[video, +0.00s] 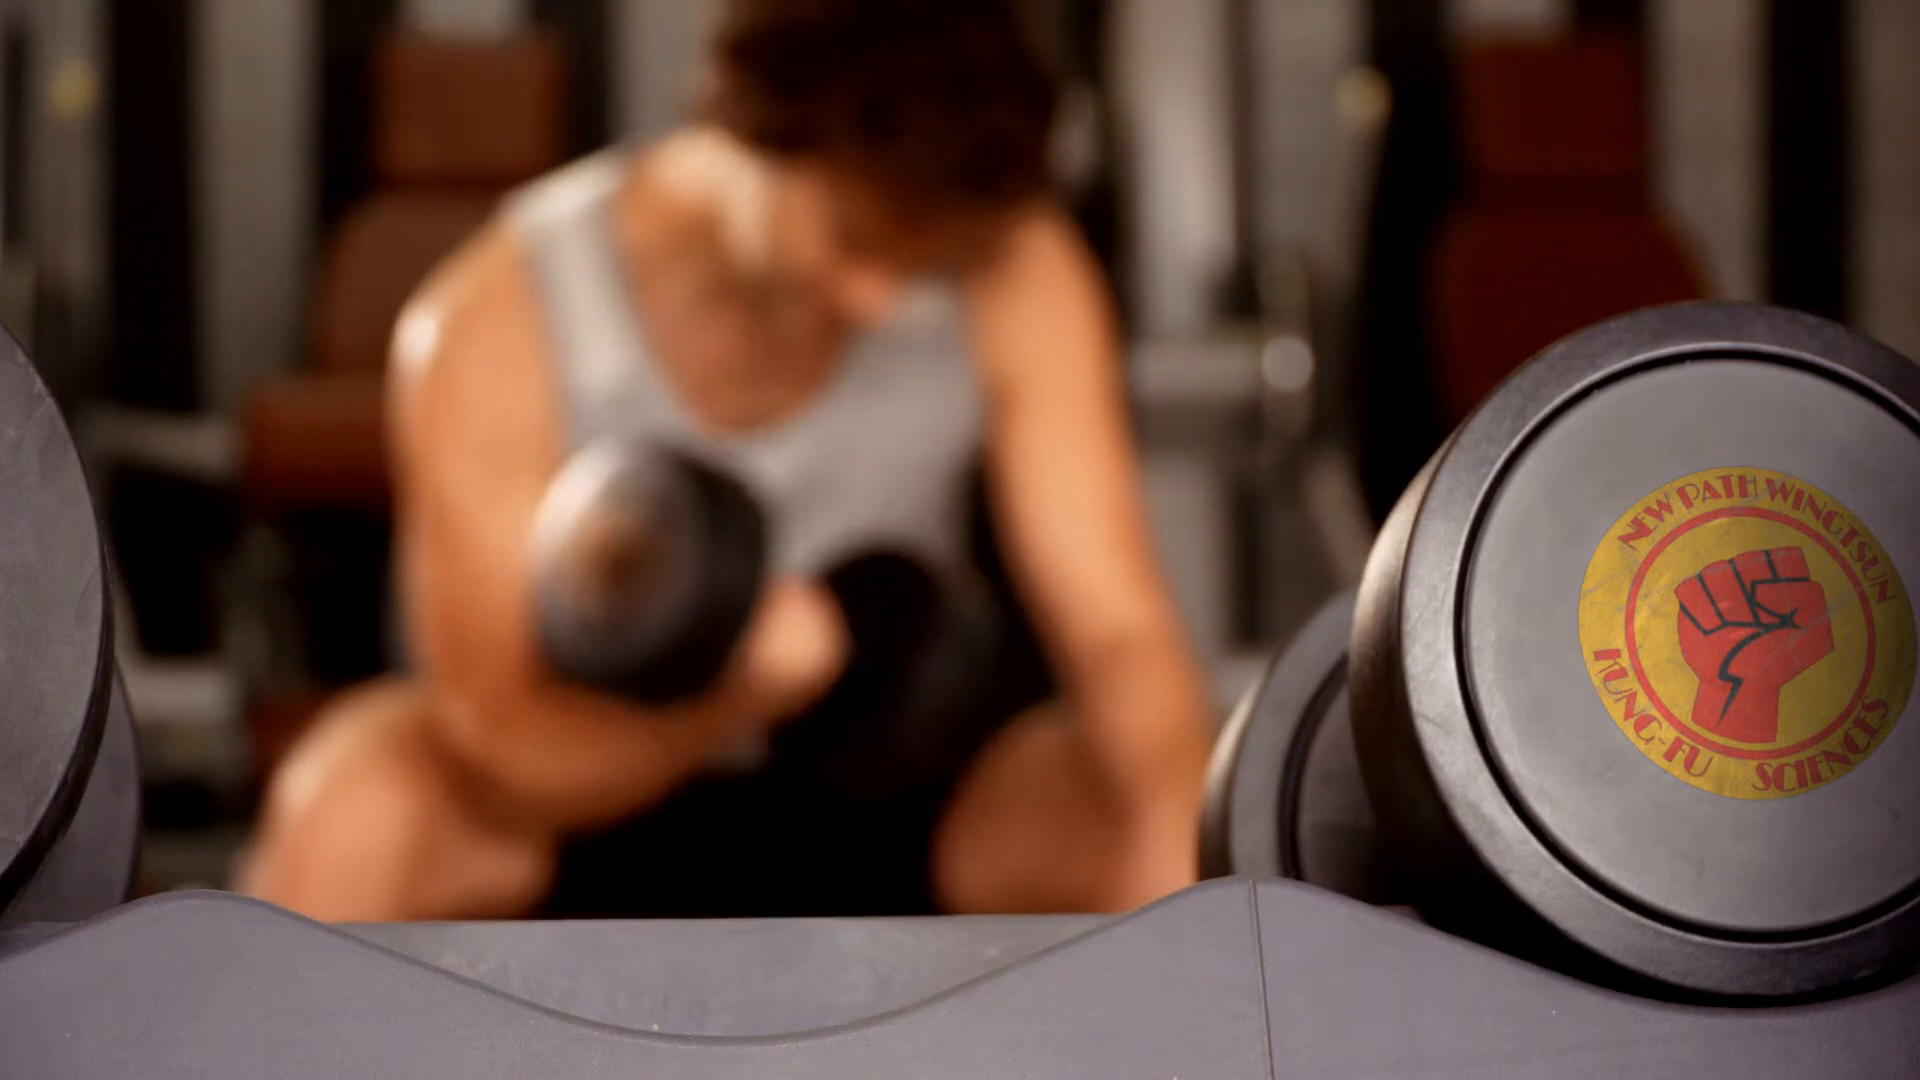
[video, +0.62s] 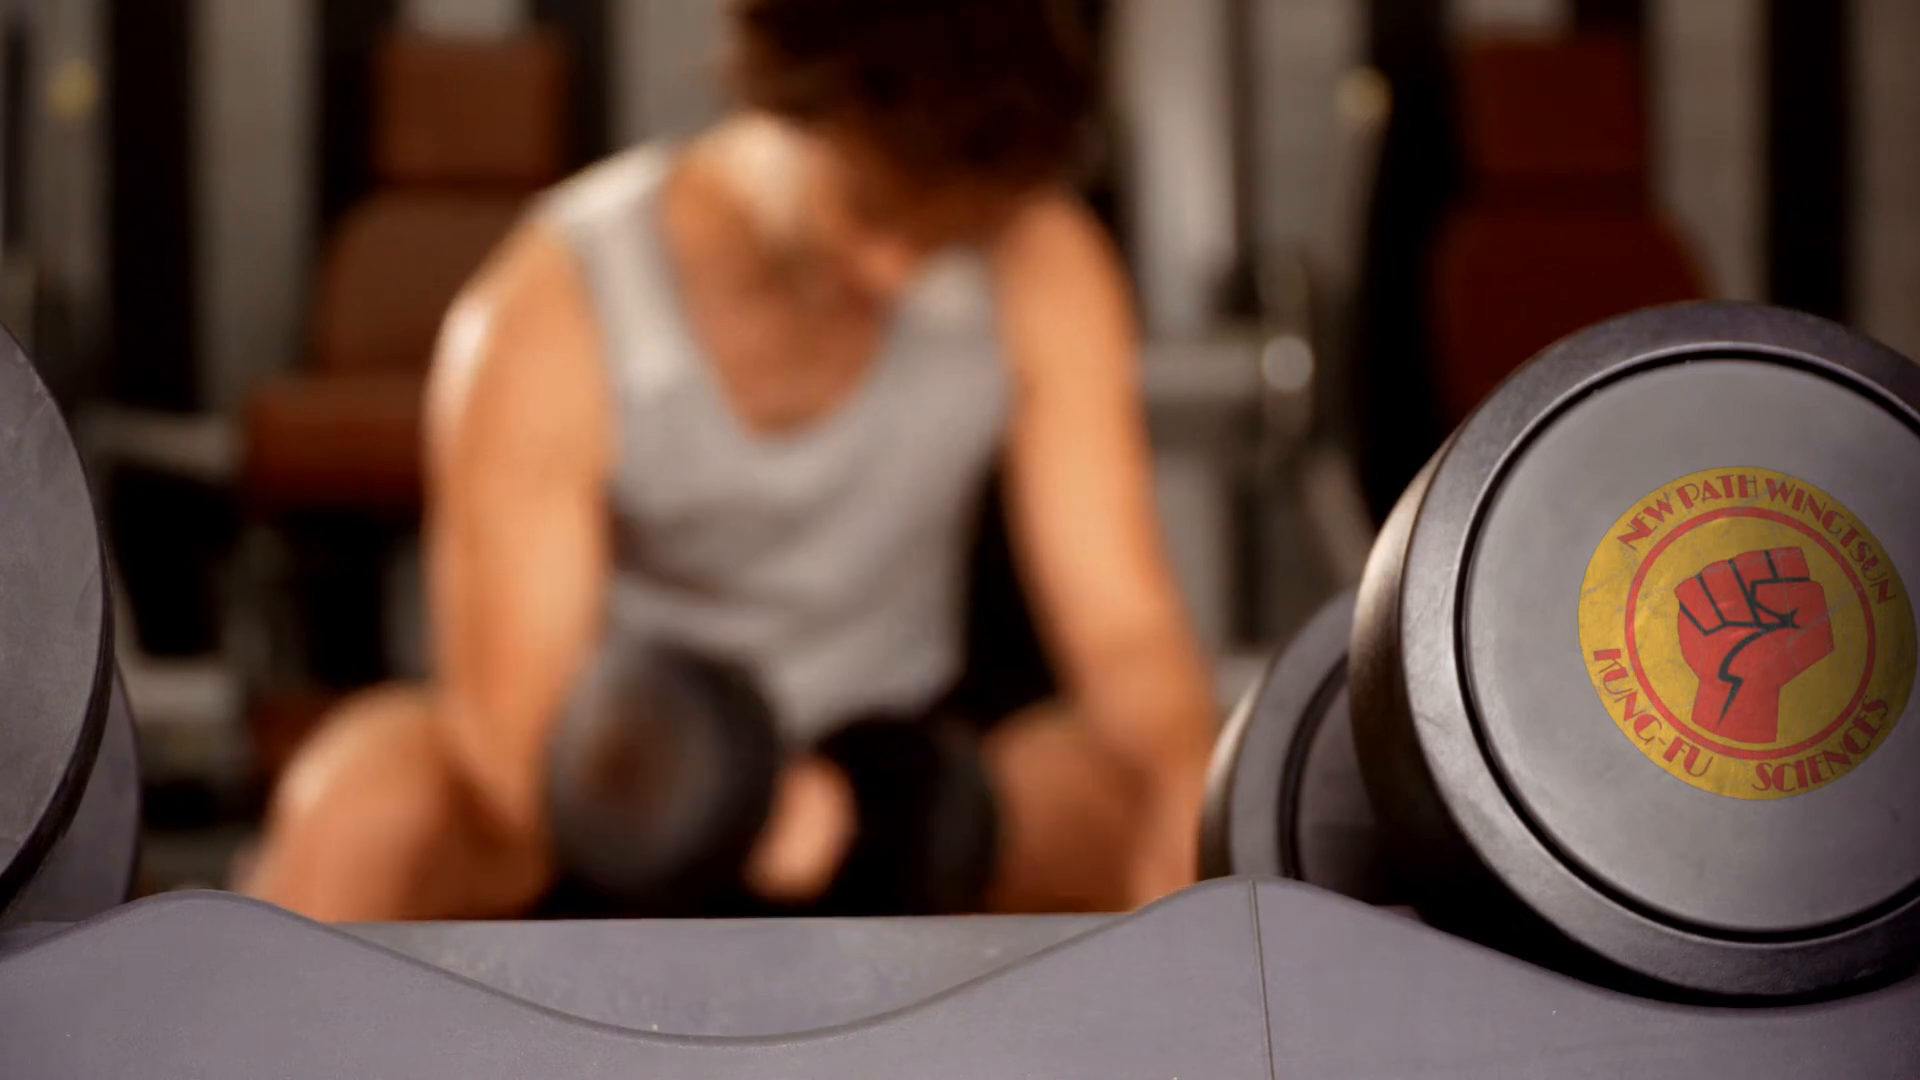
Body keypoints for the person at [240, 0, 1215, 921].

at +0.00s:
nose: (880, 303)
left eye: (922, 264)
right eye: (856, 247)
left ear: (978, 210)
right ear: (764, 147)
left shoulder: (1009, 260)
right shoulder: (492, 318)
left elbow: (1119, 634)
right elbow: (510, 748)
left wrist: (1182, 873)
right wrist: (733, 696)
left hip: (898, 782)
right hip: (599, 790)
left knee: (1170, 810)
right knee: (351, 800)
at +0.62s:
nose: (893, 270)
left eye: (942, 233)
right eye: (869, 214)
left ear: (1001, 179)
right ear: (782, 116)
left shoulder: (1033, 256)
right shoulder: (544, 314)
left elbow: (1127, 642)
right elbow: (515, 750)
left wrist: (1187, 818)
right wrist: (842, 821)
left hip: (898, 794)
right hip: (607, 797)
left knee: (1190, 793)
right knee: (361, 786)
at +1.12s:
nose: (926, 307)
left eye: (979, 261)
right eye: (900, 242)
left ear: (1033, 217)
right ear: (801, 140)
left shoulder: (1053, 270)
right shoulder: (595, 350)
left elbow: (1139, 650)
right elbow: (524, 823)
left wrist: (1205, 855)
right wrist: (578, 1071)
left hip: (903, 783)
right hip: (626, 799)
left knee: (1197, 814)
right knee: (363, 799)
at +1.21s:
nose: (922, 310)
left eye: (974, 265)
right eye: (894, 246)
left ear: (1029, 221)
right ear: (797, 146)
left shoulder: (1050, 269)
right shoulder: (592, 353)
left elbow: (1137, 647)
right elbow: (523, 823)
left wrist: (1201, 852)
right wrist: (557, 1073)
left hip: (902, 784)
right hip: (625, 801)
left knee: (1199, 812)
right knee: (360, 796)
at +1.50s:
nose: (918, 311)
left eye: (967, 265)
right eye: (888, 248)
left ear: (1021, 221)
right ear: (793, 153)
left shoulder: (1044, 267)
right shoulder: (590, 366)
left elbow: (1135, 647)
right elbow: (521, 832)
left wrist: (1202, 857)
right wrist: (532, 1078)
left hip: (902, 785)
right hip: (623, 801)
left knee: (1194, 811)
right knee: (356, 797)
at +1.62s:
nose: (922, 308)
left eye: (972, 262)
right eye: (892, 244)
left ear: (1025, 218)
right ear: (800, 153)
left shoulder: (1044, 264)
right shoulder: (597, 365)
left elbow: (1133, 645)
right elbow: (514, 830)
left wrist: (1192, 851)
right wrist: (550, 1073)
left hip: (902, 783)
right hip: (626, 800)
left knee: (1192, 812)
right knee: (349, 792)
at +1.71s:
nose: (925, 303)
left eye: (973, 257)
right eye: (893, 240)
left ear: (1027, 213)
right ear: (797, 147)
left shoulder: (1043, 260)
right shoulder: (599, 363)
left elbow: (1133, 646)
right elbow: (506, 829)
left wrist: (1187, 862)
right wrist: (575, 1072)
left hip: (903, 785)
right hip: (627, 802)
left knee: (1190, 809)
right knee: (343, 790)